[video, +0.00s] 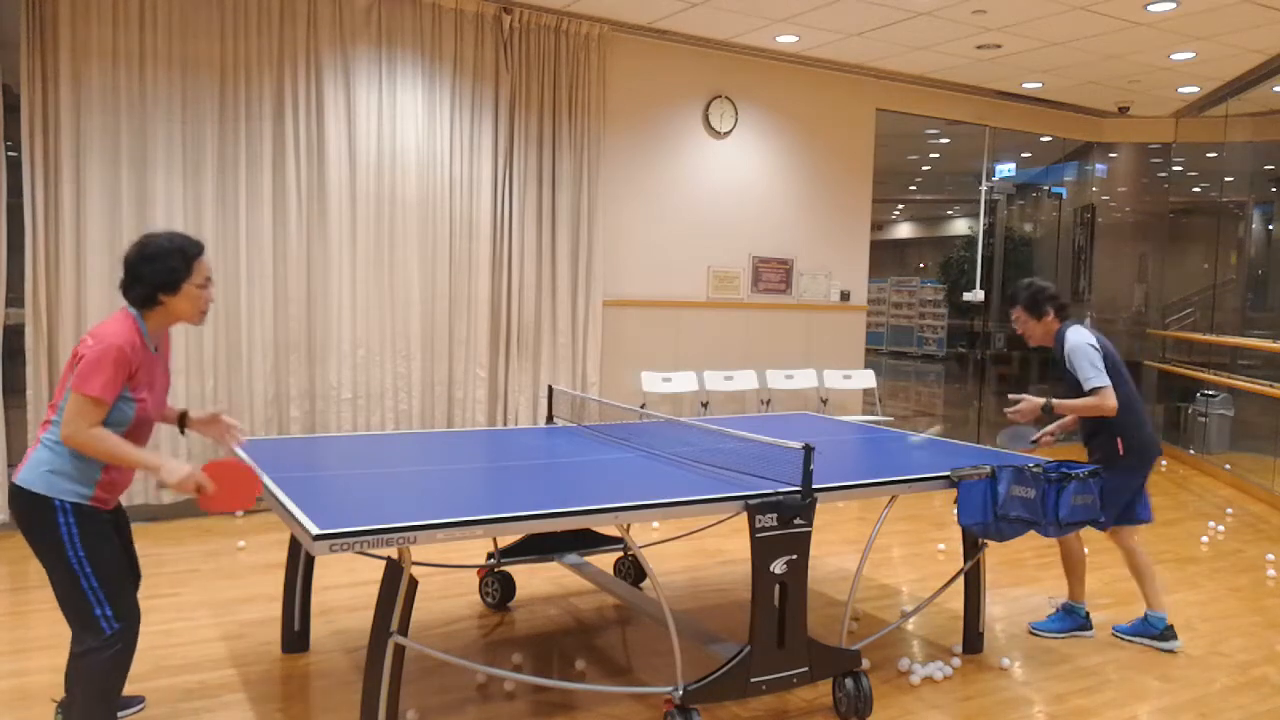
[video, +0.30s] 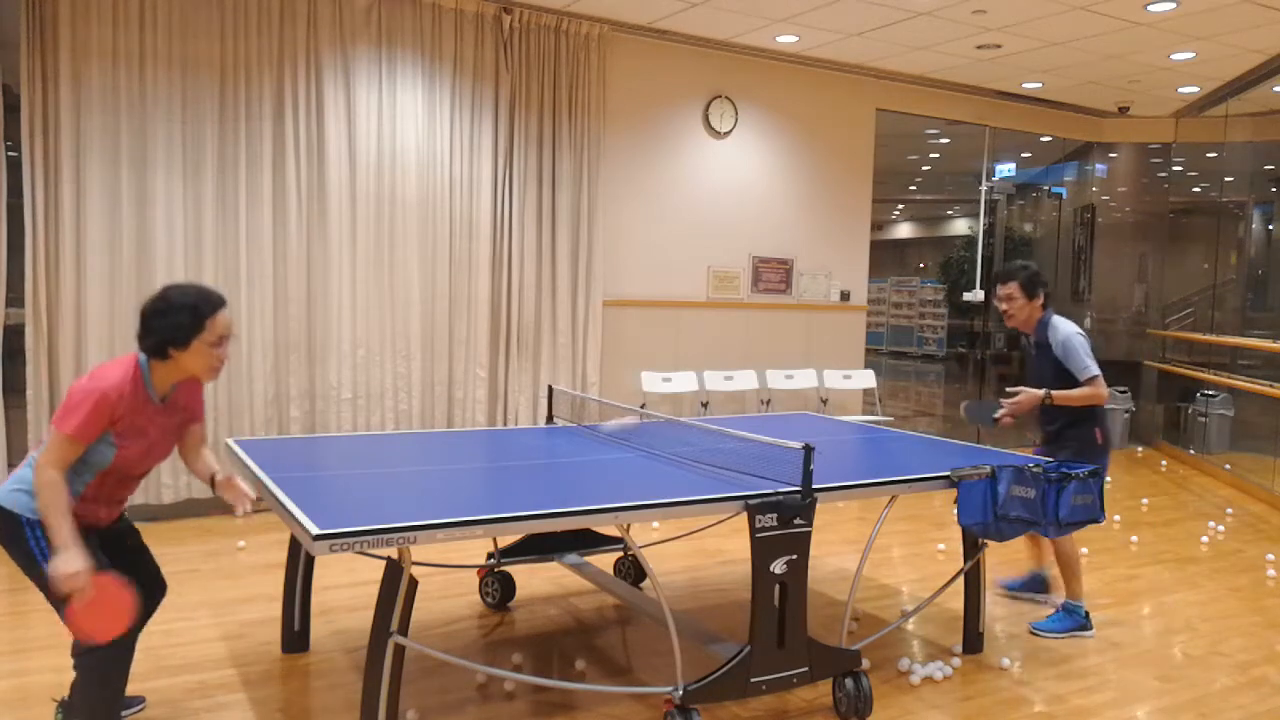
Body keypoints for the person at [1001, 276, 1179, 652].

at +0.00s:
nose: (1018, 330)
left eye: (1021, 322)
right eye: (1015, 323)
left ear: (1047, 314)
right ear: (1048, 315)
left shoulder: (1076, 341)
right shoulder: (1075, 339)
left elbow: (1107, 403)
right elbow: (1096, 405)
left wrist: (1042, 406)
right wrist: (1056, 429)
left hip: (1121, 453)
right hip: (1131, 450)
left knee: (1063, 517)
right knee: (1121, 530)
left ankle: (1076, 611)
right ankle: (1158, 620)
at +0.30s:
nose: (1003, 307)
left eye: (1010, 299)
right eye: (1000, 300)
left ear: (1037, 299)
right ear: (1001, 303)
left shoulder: (1064, 335)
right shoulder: (1034, 339)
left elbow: (1100, 393)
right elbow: (1054, 394)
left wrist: (1042, 397)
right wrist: (1018, 409)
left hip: (1082, 448)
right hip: (1053, 445)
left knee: (1057, 522)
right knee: (1026, 502)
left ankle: (1076, 609)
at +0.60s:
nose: (973, 312)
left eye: (980, 305)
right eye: (969, 305)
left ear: (1005, 306)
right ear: (967, 308)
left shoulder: (1034, 342)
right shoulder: (980, 343)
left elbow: (1070, 395)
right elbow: (986, 389)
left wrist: (1025, 405)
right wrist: (966, 408)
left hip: (1037, 441)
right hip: (1001, 437)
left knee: (1016, 510)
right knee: (971, 493)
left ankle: (1036, 589)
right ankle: (974, 564)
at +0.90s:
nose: (930, 324)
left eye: (936, 317)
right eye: (928, 318)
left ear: (959, 316)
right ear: (950, 319)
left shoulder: (983, 344)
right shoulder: (962, 349)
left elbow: (1026, 391)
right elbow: (987, 393)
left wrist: (975, 406)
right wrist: (964, 416)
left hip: (1015, 446)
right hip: (991, 443)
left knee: (996, 519)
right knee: (954, 486)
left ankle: (1033, 589)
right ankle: (948, 552)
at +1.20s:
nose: (938, 308)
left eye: (943, 300)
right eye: (937, 301)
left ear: (967, 300)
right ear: (959, 302)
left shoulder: (1000, 335)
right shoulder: (953, 338)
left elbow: (1026, 390)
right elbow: (932, 375)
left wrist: (975, 383)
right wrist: (902, 356)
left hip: (1007, 440)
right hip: (971, 436)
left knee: (1002, 513)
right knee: (941, 484)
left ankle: (1029, 587)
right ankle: (941, 550)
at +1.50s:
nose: (942, 311)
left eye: (949, 304)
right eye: (940, 304)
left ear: (974, 307)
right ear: (940, 307)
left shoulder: (1003, 344)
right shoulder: (947, 343)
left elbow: (1035, 392)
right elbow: (943, 390)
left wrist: (998, 403)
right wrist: (905, 395)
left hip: (1005, 446)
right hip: (965, 442)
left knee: (1005, 514)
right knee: (929, 482)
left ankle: (1031, 588)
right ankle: (936, 553)